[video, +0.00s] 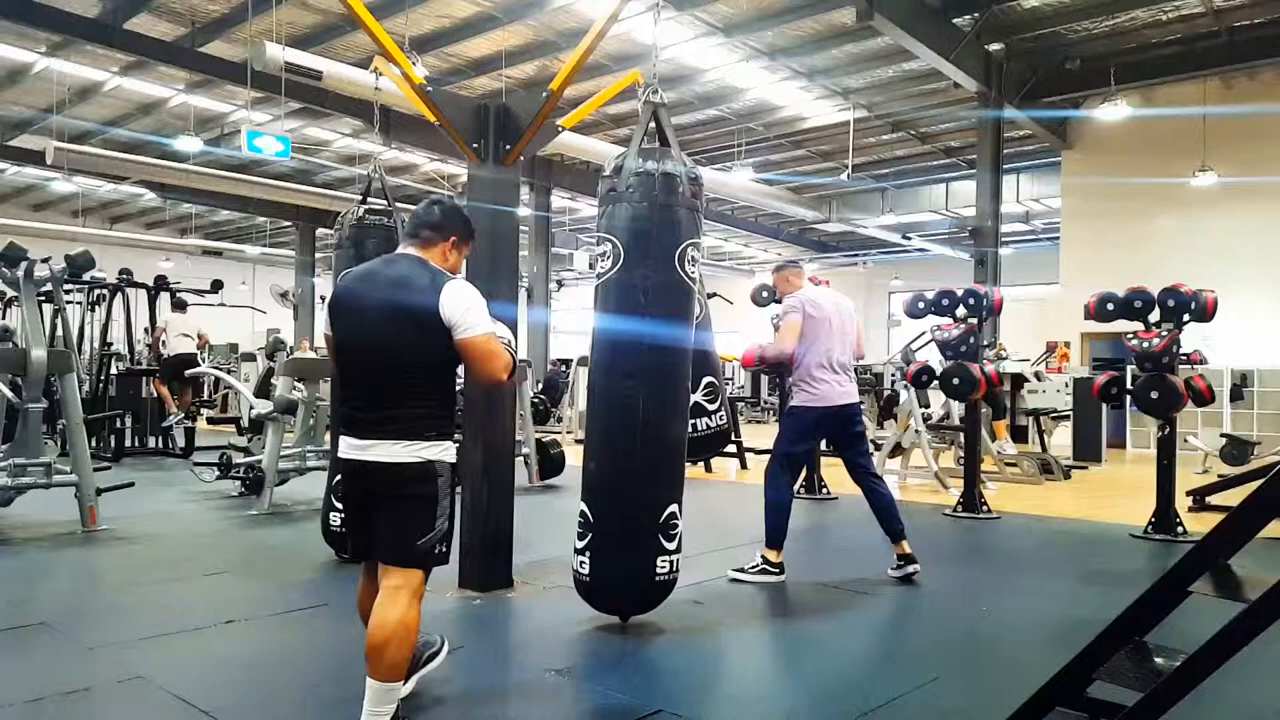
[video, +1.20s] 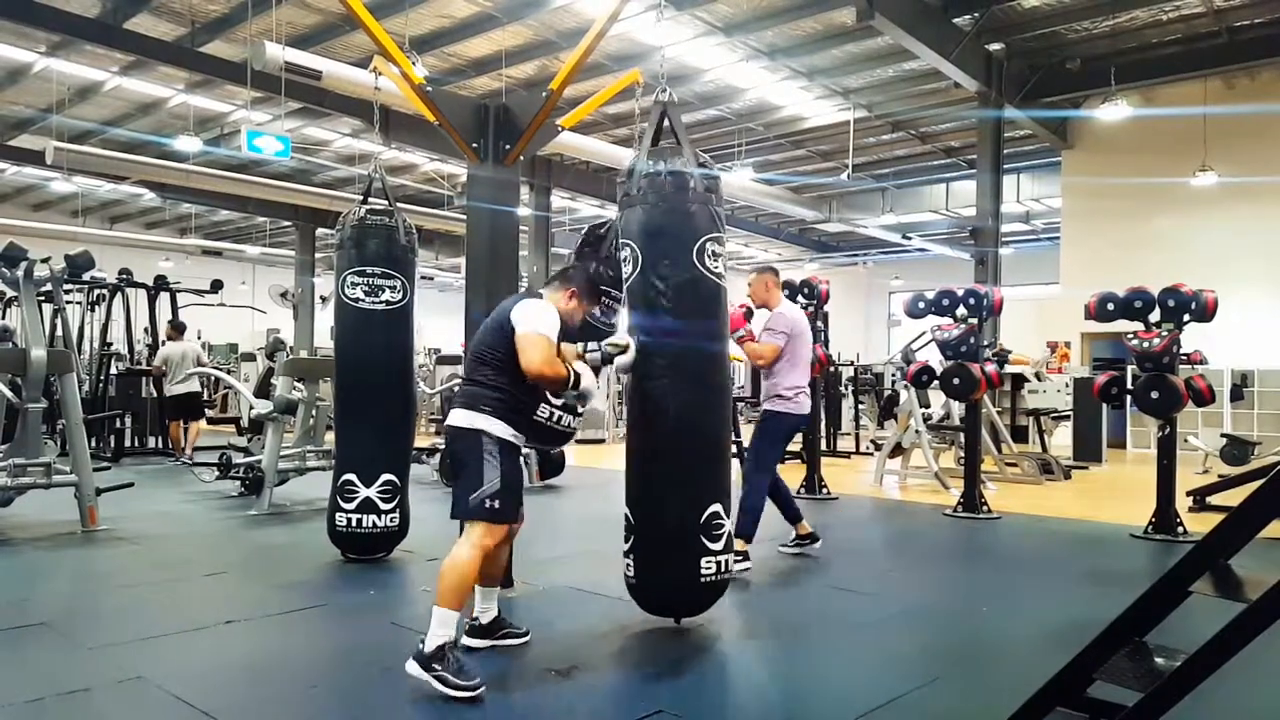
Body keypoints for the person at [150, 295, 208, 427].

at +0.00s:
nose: (173, 310)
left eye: (173, 308)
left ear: (172, 308)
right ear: (186, 309)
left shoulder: (167, 318)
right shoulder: (192, 321)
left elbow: (156, 335)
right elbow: (205, 339)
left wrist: (155, 352)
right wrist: (194, 349)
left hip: (175, 355)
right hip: (192, 356)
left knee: (159, 382)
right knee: (187, 388)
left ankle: (174, 412)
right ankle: (181, 417)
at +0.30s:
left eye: (172, 319)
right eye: (181, 320)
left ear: (170, 320)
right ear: (184, 321)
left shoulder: (161, 330)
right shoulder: (190, 331)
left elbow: (154, 347)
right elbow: (204, 347)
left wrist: (157, 361)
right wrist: (193, 352)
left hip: (172, 363)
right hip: (190, 361)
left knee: (175, 397)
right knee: (186, 395)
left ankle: (179, 430)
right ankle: (178, 423)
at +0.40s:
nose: (167, 330)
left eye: (167, 328)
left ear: (167, 328)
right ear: (181, 329)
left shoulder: (161, 338)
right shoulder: (189, 339)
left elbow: (153, 357)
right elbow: (204, 353)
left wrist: (157, 365)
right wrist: (192, 355)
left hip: (172, 374)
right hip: (191, 372)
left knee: (173, 411)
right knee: (184, 405)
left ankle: (178, 443)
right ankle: (177, 440)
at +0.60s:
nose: (162, 337)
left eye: (163, 334)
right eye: (163, 334)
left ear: (166, 336)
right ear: (178, 336)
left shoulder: (161, 350)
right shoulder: (188, 348)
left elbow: (154, 371)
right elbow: (204, 362)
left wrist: (166, 369)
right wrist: (191, 365)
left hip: (173, 389)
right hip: (191, 387)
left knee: (173, 423)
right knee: (179, 420)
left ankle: (179, 454)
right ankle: (181, 450)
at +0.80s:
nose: (161, 333)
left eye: (163, 330)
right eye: (162, 330)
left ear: (168, 332)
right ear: (178, 333)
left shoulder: (161, 349)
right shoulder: (189, 346)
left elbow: (154, 369)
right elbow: (204, 362)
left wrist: (163, 377)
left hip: (173, 390)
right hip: (193, 386)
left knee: (176, 422)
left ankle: (180, 454)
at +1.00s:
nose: (160, 331)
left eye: (163, 329)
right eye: (161, 328)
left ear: (169, 331)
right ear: (177, 331)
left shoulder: (160, 348)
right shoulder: (189, 346)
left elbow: (155, 369)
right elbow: (203, 362)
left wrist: (164, 374)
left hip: (171, 390)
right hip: (191, 387)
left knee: (174, 422)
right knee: (195, 409)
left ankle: (178, 455)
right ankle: (193, 431)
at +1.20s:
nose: (166, 331)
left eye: (168, 328)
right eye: (167, 327)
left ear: (172, 331)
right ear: (183, 332)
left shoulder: (164, 350)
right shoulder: (193, 347)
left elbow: (155, 371)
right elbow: (204, 363)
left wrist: (167, 371)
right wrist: (192, 363)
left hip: (173, 392)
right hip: (193, 390)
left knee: (174, 422)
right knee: (194, 421)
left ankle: (178, 454)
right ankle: (188, 452)